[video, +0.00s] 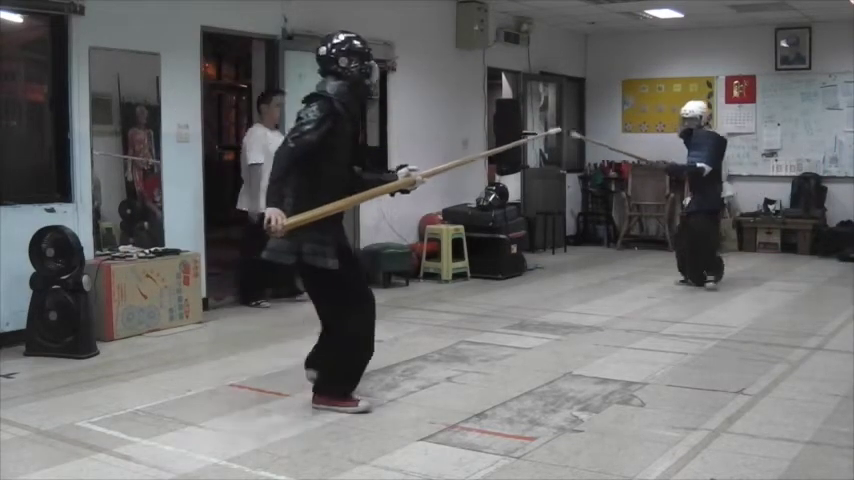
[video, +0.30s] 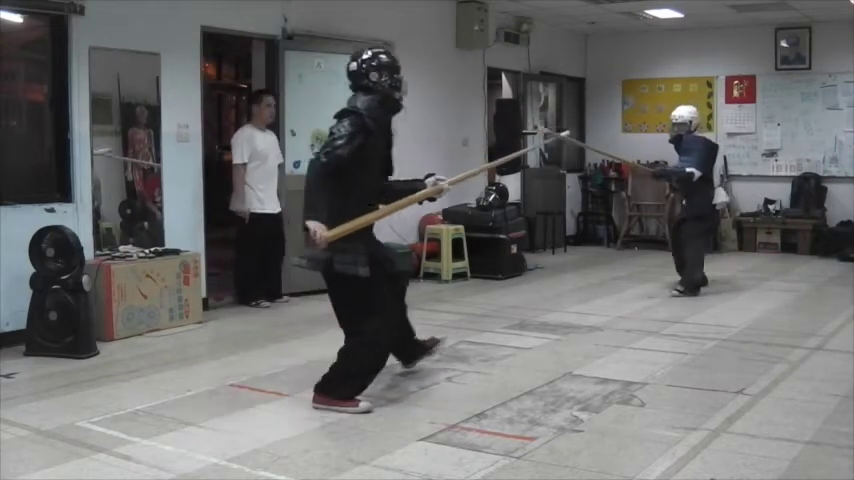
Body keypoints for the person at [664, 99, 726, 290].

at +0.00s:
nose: (686, 125)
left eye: (690, 120)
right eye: (685, 120)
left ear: (701, 120)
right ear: (685, 120)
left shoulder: (709, 138)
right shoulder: (693, 139)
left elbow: (701, 170)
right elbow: (695, 167)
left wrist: (672, 168)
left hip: (707, 197)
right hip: (695, 197)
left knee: (699, 234)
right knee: (685, 235)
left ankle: (715, 268)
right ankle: (693, 275)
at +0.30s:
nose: (676, 130)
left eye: (681, 125)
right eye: (674, 125)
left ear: (692, 125)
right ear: (671, 125)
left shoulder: (699, 144)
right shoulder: (683, 145)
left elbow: (691, 173)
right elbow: (683, 169)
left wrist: (664, 172)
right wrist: (664, 171)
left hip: (700, 202)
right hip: (688, 202)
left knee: (691, 237)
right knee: (679, 235)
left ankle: (691, 283)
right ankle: (692, 275)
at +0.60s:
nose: (672, 135)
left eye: (677, 131)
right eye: (670, 131)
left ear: (688, 131)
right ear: (666, 130)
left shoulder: (694, 149)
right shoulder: (678, 150)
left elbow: (688, 178)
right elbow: (681, 175)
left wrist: (663, 180)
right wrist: (665, 180)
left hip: (701, 206)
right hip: (689, 205)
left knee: (680, 238)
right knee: (675, 236)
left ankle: (690, 285)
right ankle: (695, 275)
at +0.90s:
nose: (676, 128)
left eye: (680, 124)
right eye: (673, 124)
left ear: (691, 124)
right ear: (670, 125)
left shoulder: (696, 144)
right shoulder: (681, 144)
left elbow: (689, 175)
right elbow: (682, 171)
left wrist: (660, 179)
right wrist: (664, 177)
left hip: (697, 200)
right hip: (685, 199)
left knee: (688, 237)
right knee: (677, 236)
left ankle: (692, 283)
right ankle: (688, 275)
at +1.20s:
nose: (676, 125)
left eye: (680, 121)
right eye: (673, 121)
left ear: (690, 122)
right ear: (671, 122)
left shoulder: (696, 141)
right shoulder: (682, 142)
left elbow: (692, 175)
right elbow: (683, 171)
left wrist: (662, 180)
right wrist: (664, 180)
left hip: (693, 198)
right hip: (682, 197)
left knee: (684, 235)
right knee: (677, 234)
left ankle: (693, 281)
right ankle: (686, 275)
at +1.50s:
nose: (674, 125)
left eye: (679, 121)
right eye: (672, 121)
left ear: (690, 121)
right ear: (670, 121)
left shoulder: (696, 141)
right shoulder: (680, 141)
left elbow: (696, 175)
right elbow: (682, 169)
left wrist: (669, 177)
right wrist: (669, 174)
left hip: (693, 198)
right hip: (681, 197)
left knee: (681, 236)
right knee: (676, 236)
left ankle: (693, 282)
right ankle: (685, 276)